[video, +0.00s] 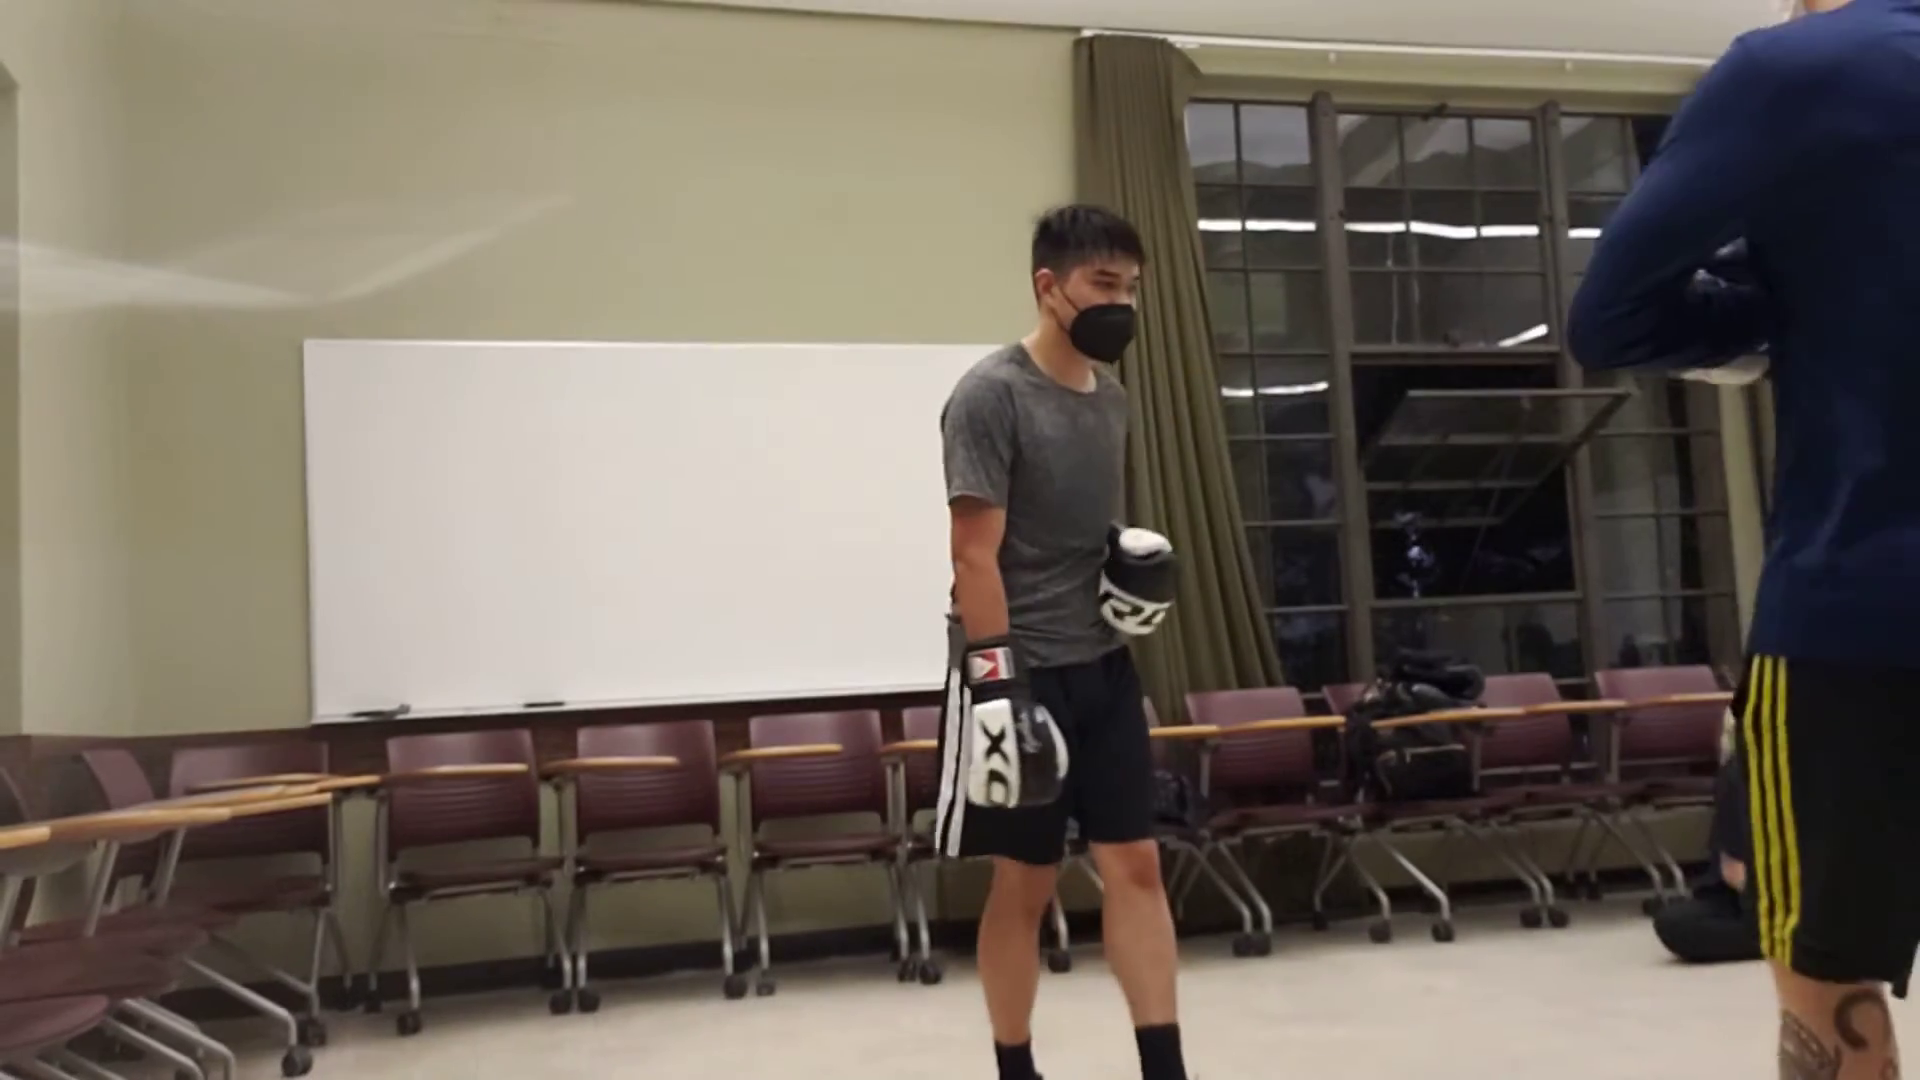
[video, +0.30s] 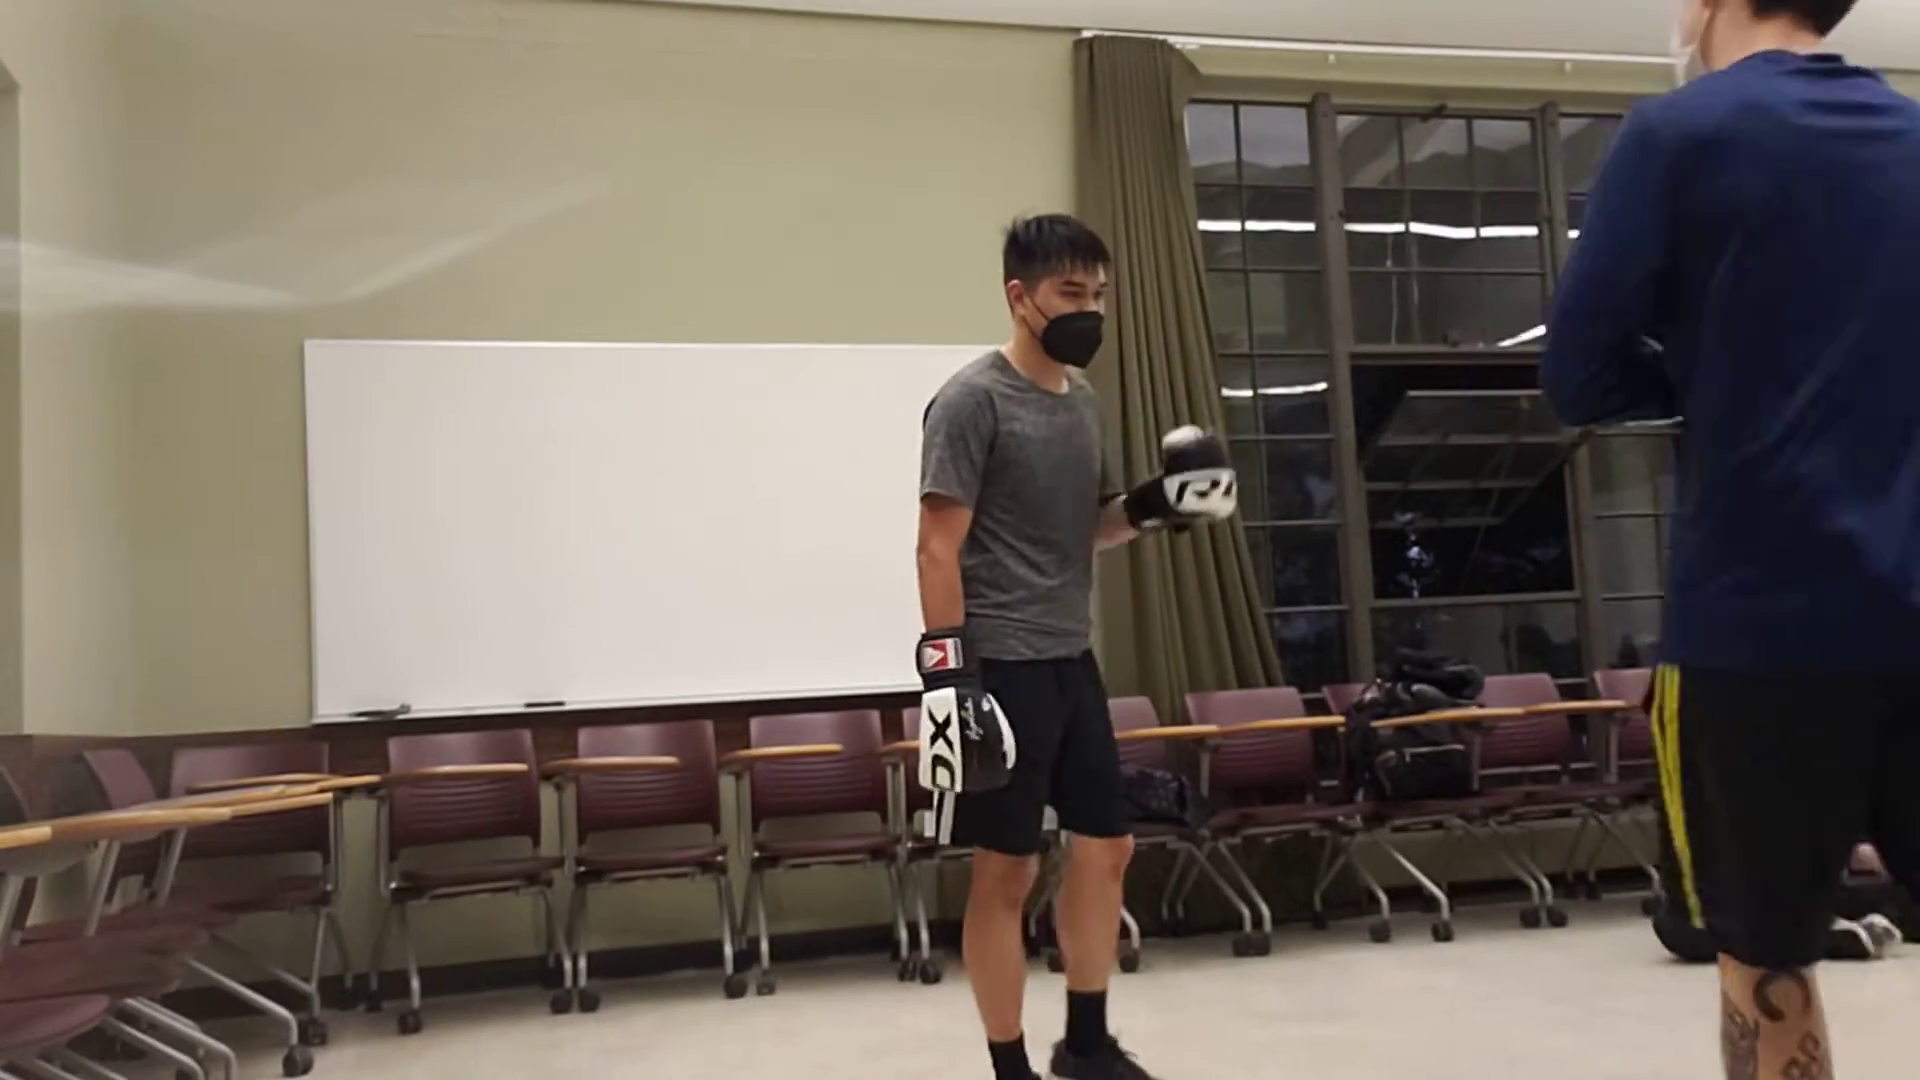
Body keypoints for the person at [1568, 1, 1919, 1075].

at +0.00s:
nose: (1785, 19)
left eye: (1784, 17)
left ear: (1817, 2)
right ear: (1856, 7)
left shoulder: (1790, 71)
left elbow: (1608, 322)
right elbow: (1607, 325)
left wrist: (1801, 292)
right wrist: (1785, 297)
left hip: (1858, 595)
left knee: (1833, 987)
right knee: (1829, 976)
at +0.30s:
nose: (1683, 32)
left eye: (1685, 14)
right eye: (1686, 18)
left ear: (1713, 9)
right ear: (1828, 17)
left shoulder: (1677, 133)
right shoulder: (1906, 125)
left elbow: (1578, 380)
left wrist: (1722, 362)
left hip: (1763, 616)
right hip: (1912, 599)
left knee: (1766, 958)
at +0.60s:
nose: (1601, 35)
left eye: (1605, 19)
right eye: (1603, 21)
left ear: (1629, 21)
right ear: (1743, 38)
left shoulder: (1586, 174)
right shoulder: (1839, 174)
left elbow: (1501, 390)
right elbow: (1816, 350)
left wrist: (1640, 343)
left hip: (1689, 626)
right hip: (1865, 609)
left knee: (1745, 948)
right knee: (1897, 916)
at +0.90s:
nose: (1589, 72)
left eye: (1592, 46)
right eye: (1594, 49)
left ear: (1613, 49)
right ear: (1728, 66)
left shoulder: (1604, 196)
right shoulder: (1789, 205)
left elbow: (1506, 417)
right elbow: (1744, 393)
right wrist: (1617, 178)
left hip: (1653, 630)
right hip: (1798, 617)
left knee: (1725, 946)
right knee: (1814, 929)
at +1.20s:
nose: (1604, 115)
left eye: (1609, 93)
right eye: (1608, 94)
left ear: (1642, 97)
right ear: (1739, 110)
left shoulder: (1634, 225)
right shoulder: (1782, 251)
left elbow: (1504, 414)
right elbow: (1684, 402)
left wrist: (1483, 370)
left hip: (1652, 643)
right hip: (1765, 638)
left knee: (1712, 935)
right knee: (1777, 909)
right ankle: (1809, 1073)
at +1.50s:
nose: (1591, 157)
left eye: (1597, 132)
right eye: (1596, 134)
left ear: (1636, 131)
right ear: (1707, 145)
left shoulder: (1642, 250)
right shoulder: (1766, 268)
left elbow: (1553, 431)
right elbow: (1711, 432)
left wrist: (1511, 391)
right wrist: (1557, 385)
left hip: (1670, 643)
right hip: (1778, 639)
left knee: (1631, 904)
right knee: (1782, 894)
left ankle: (1746, 1069)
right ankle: (1804, 1078)